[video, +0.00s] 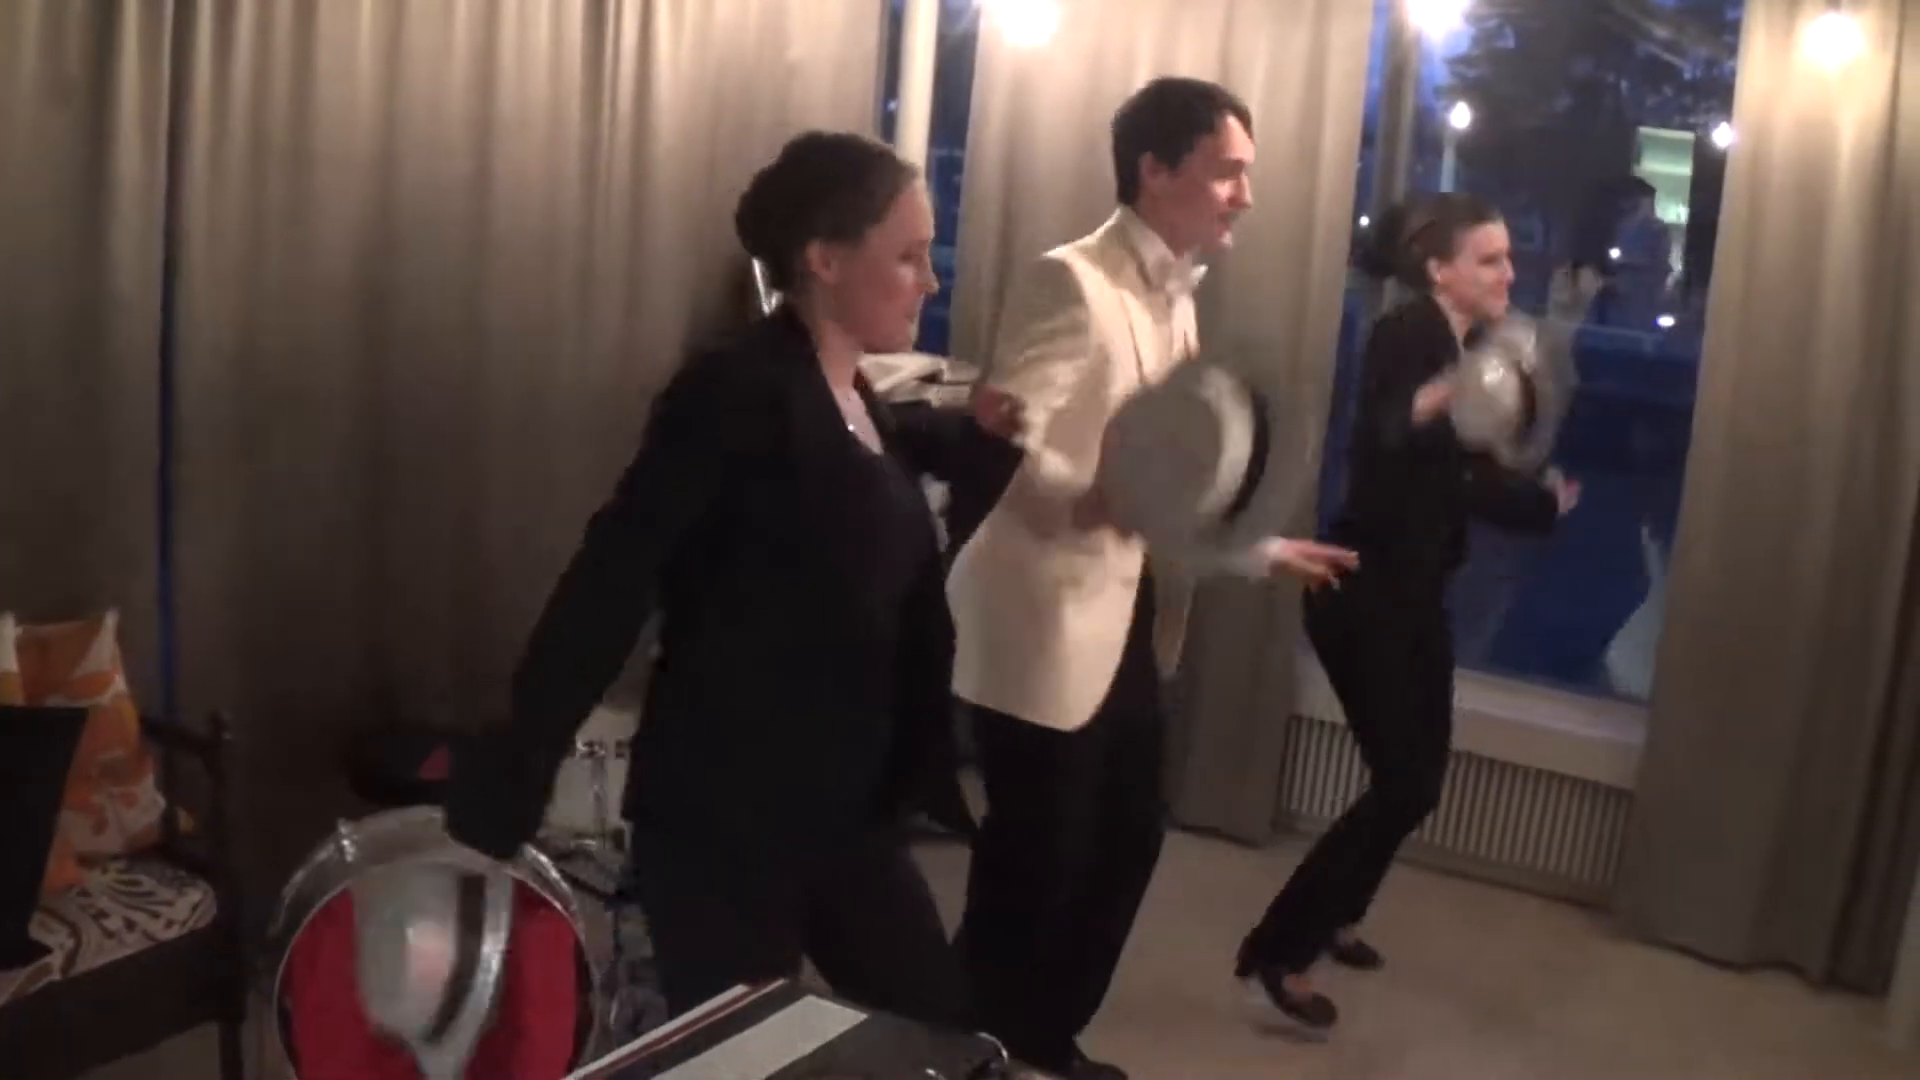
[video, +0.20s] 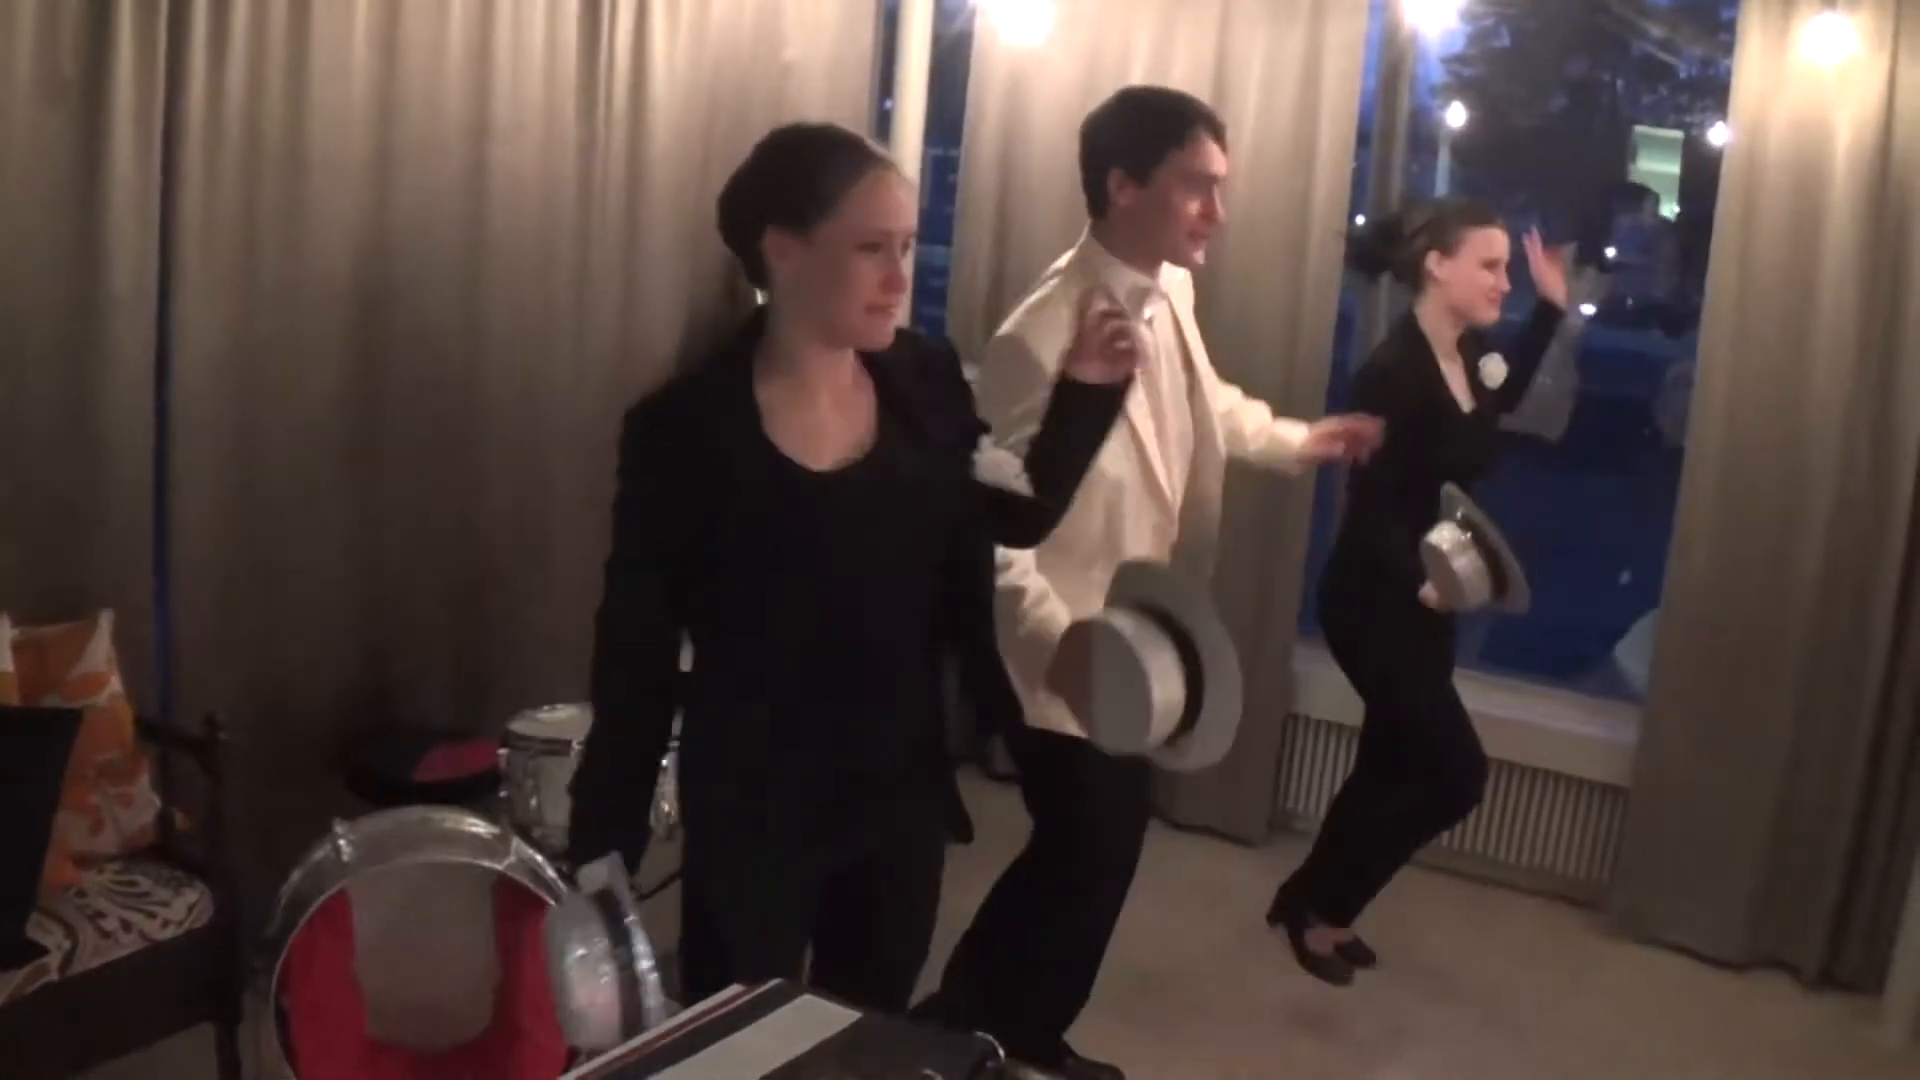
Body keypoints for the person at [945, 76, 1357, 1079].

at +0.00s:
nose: (1243, 196)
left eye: (1246, 174)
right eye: (1226, 173)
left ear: (1186, 178)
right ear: (1151, 172)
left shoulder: (1174, 293)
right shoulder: (1067, 283)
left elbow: (1154, 488)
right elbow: (1000, 453)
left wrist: (1258, 549)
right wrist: (1097, 503)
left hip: (1121, 613)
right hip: (1037, 616)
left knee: (1127, 834)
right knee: (1037, 843)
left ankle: (1047, 1039)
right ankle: (983, 1039)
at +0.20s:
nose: (1219, 209)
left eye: (1222, 187)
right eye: (1199, 187)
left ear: (1149, 193)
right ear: (1121, 189)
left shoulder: (1168, 289)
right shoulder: (1045, 326)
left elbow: (1203, 410)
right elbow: (985, 506)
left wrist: (1303, 442)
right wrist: (1052, 640)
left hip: (1129, 634)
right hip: (1050, 646)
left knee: (1107, 840)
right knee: (1082, 846)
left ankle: (1031, 1031)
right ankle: (973, 1024)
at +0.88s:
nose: (1247, 212)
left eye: (1253, 190)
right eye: (1231, 185)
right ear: (1153, 179)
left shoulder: (1159, 308)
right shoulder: (1102, 309)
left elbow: (1162, 519)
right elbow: (1134, 519)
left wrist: (1314, 536)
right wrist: (1308, 536)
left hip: (1108, 708)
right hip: (1017, 710)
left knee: (1113, 963)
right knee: (951, 970)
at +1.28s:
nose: (1290, 216)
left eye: (1295, 192)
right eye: (1273, 189)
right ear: (1189, 186)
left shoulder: (1211, 318)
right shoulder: (1106, 334)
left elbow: (1252, 489)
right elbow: (1048, 546)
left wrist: (1346, 593)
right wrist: (1181, 642)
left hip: (1154, 721)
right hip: (1107, 733)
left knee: (1061, 971)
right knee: (1242, 927)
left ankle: (1027, 1071)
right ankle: (1164, 1079)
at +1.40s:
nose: (1301, 224)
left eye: (1305, 201)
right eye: (1285, 198)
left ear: (1223, 203)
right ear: (1203, 197)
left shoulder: (1221, 327)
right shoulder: (1130, 348)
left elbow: (1261, 463)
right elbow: (1071, 552)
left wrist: (1360, 502)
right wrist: (1184, 645)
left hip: (1180, 739)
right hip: (1117, 750)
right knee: (1195, 961)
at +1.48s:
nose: (1316, 220)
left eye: (1319, 195)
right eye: (1301, 192)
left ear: (1239, 196)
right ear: (1221, 188)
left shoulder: (1227, 316)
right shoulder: (1147, 334)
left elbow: (1265, 447)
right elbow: (1096, 531)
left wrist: (1372, 487)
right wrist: (1184, 640)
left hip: (1185, 714)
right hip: (1139, 727)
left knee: (1144, 951)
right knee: (1205, 947)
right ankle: (1149, 1071)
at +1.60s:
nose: (1321, 221)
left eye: (1325, 198)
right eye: (1308, 193)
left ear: (1243, 192)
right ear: (1233, 187)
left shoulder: (1220, 315)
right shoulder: (1168, 331)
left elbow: (1277, 478)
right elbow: (1123, 529)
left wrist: (1376, 506)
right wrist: (1240, 631)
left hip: (1196, 703)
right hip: (1150, 719)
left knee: (1243, 856)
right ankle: (1152, 1056)